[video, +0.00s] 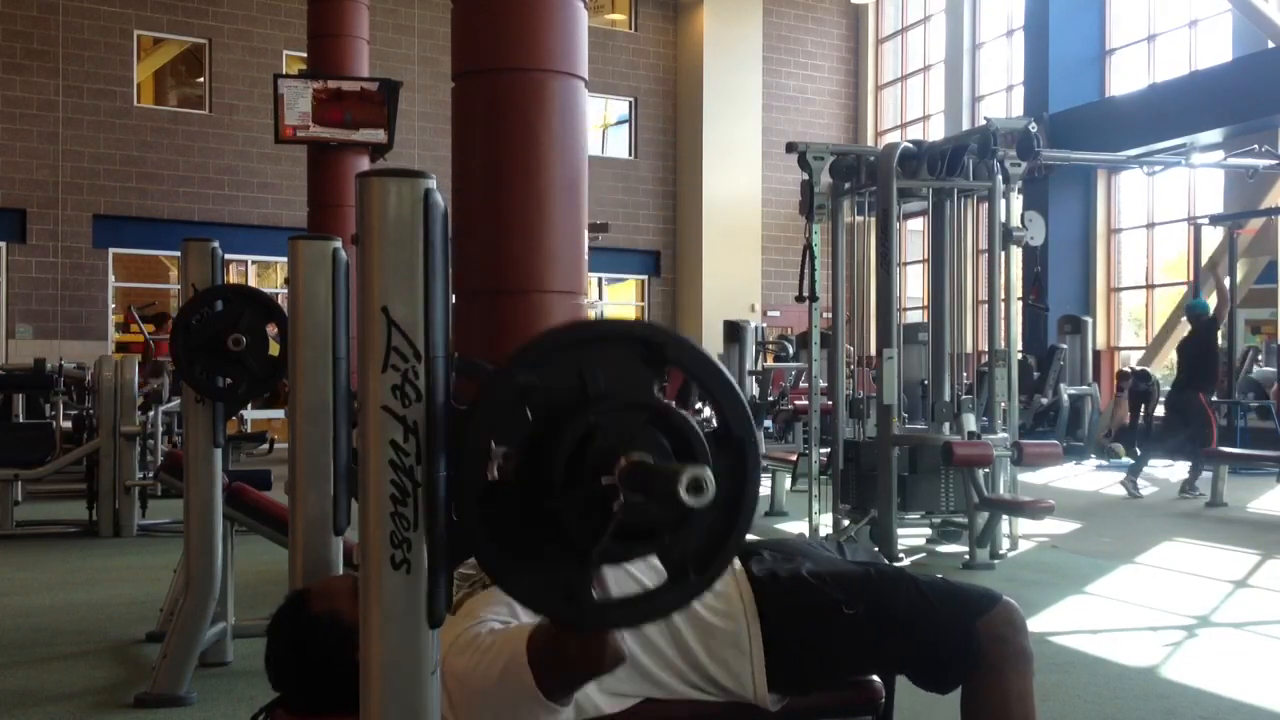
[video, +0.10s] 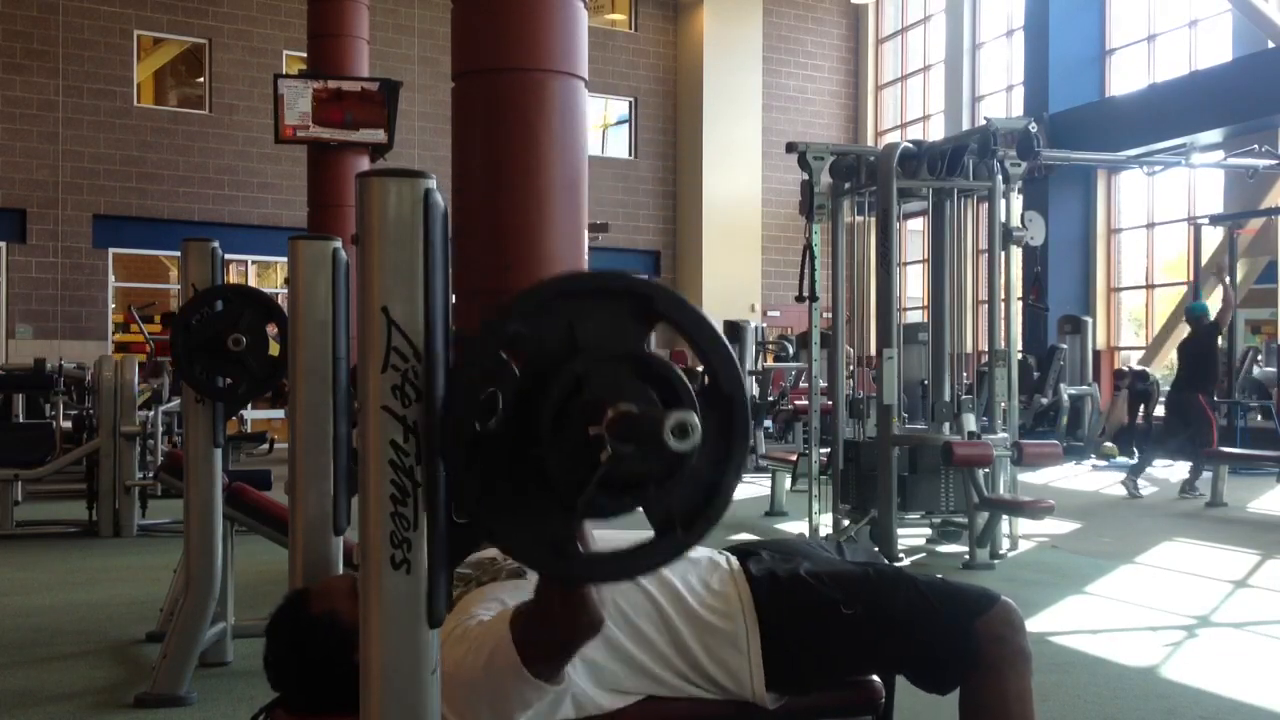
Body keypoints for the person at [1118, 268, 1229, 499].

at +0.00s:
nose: (1210, 314)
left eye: (1200, 312)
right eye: (1207, 312)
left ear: (1189, 318)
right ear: (1206, 314)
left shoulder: (1184, 343)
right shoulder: (1209, 329)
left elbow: (1182, 372)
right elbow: (1224, 301)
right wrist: (1217, 275)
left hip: (1176, 394)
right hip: (1195, 395)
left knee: (1163, 437)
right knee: (1208, 438)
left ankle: (1132, 476)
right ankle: (1190, 484)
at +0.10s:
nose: (1209, 317)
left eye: (1204, 313)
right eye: (1207, 313)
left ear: (1188, 319)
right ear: (1205, 316)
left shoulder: (1184, 343)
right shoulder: (1209, 332)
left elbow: (1183, 372)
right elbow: (1228, 304)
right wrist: (1223, 278)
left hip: (1176, 394)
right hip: (1196, 395)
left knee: (1166, 437)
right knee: (1208, 439)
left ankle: (1132, 476)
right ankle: (1190, 484)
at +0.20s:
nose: (1207, 305)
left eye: (1205, 302)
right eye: (1204, 302)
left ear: (1186, 306)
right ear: (1201, 304)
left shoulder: (1183, 327)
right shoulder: (1209, 319)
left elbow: (1203, 353)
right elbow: (1238, 310)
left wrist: (1222, 370)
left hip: (1173, 381)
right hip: (1191, 383)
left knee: (1171, 429)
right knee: (1193, 432)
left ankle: (1145, 468)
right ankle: (1189, 481)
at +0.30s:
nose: (1206, 298)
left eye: (1204, 296)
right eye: (1205, 295)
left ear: (1185, 298)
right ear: (1201, 295)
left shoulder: (1180, 316)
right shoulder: (1209, 312)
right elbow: (1242, 324)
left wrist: (1227, 318)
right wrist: (1266, 332)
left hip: (1172, 373)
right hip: (1189, 376)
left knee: (1174, 419)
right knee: (1185, 421)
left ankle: (1170, 471)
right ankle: (1170, 472)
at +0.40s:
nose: (1205, 303)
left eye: (1203, 300)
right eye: (1204, 300)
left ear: (1185, 301)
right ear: (1201, 301)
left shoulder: (1180, 318)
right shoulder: (1211, 322)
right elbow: (1232, 349)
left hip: (1174, 376)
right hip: (1190, 379)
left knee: (1185, 426)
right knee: (1182, 425)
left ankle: (1183, 476)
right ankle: (1152, 467)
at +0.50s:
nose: (1209, 317)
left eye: (1208, 314)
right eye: (1207, 314)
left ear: (1188, 316)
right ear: (1204, 316)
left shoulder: (1182, 331)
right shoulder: (1213, 340)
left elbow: (1184, 316)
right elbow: (1217, 373)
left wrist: (1190, 297)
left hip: (1177, 388)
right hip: (1190, 391)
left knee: (1196, 438)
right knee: (1176, 435)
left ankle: (1182, 481)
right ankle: (1142, 473)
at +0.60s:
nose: (1209, 321)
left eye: (1208, 318)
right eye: (1207, 318)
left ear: (1189, 319)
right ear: (1204, 320)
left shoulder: (1183, 335)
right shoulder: (1212, 342)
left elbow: (1188, 317)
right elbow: (1218, 375)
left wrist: (1198, 285)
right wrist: (1218, 403)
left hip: (1178, 392)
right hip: (1190, 395)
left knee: (1199, 439)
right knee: (1178, 439)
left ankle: (1182, 482)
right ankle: (1139, 473)